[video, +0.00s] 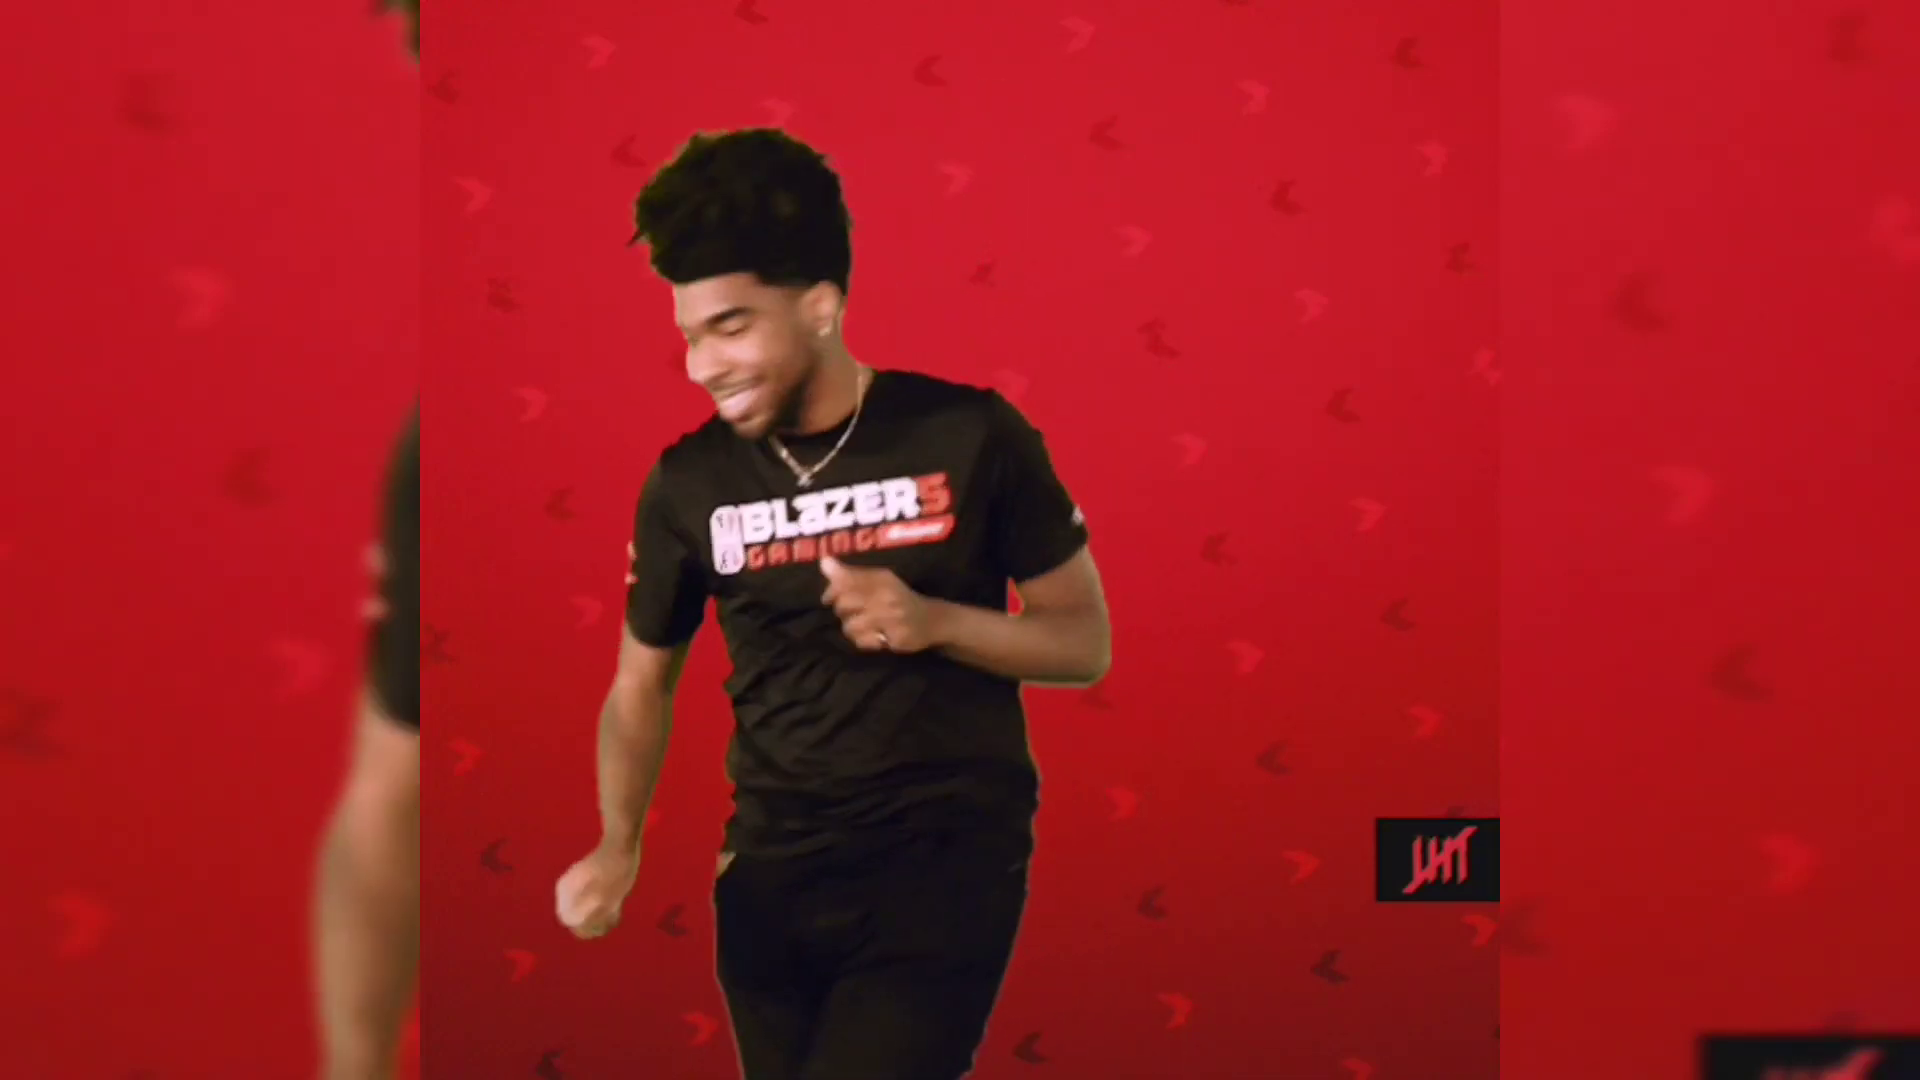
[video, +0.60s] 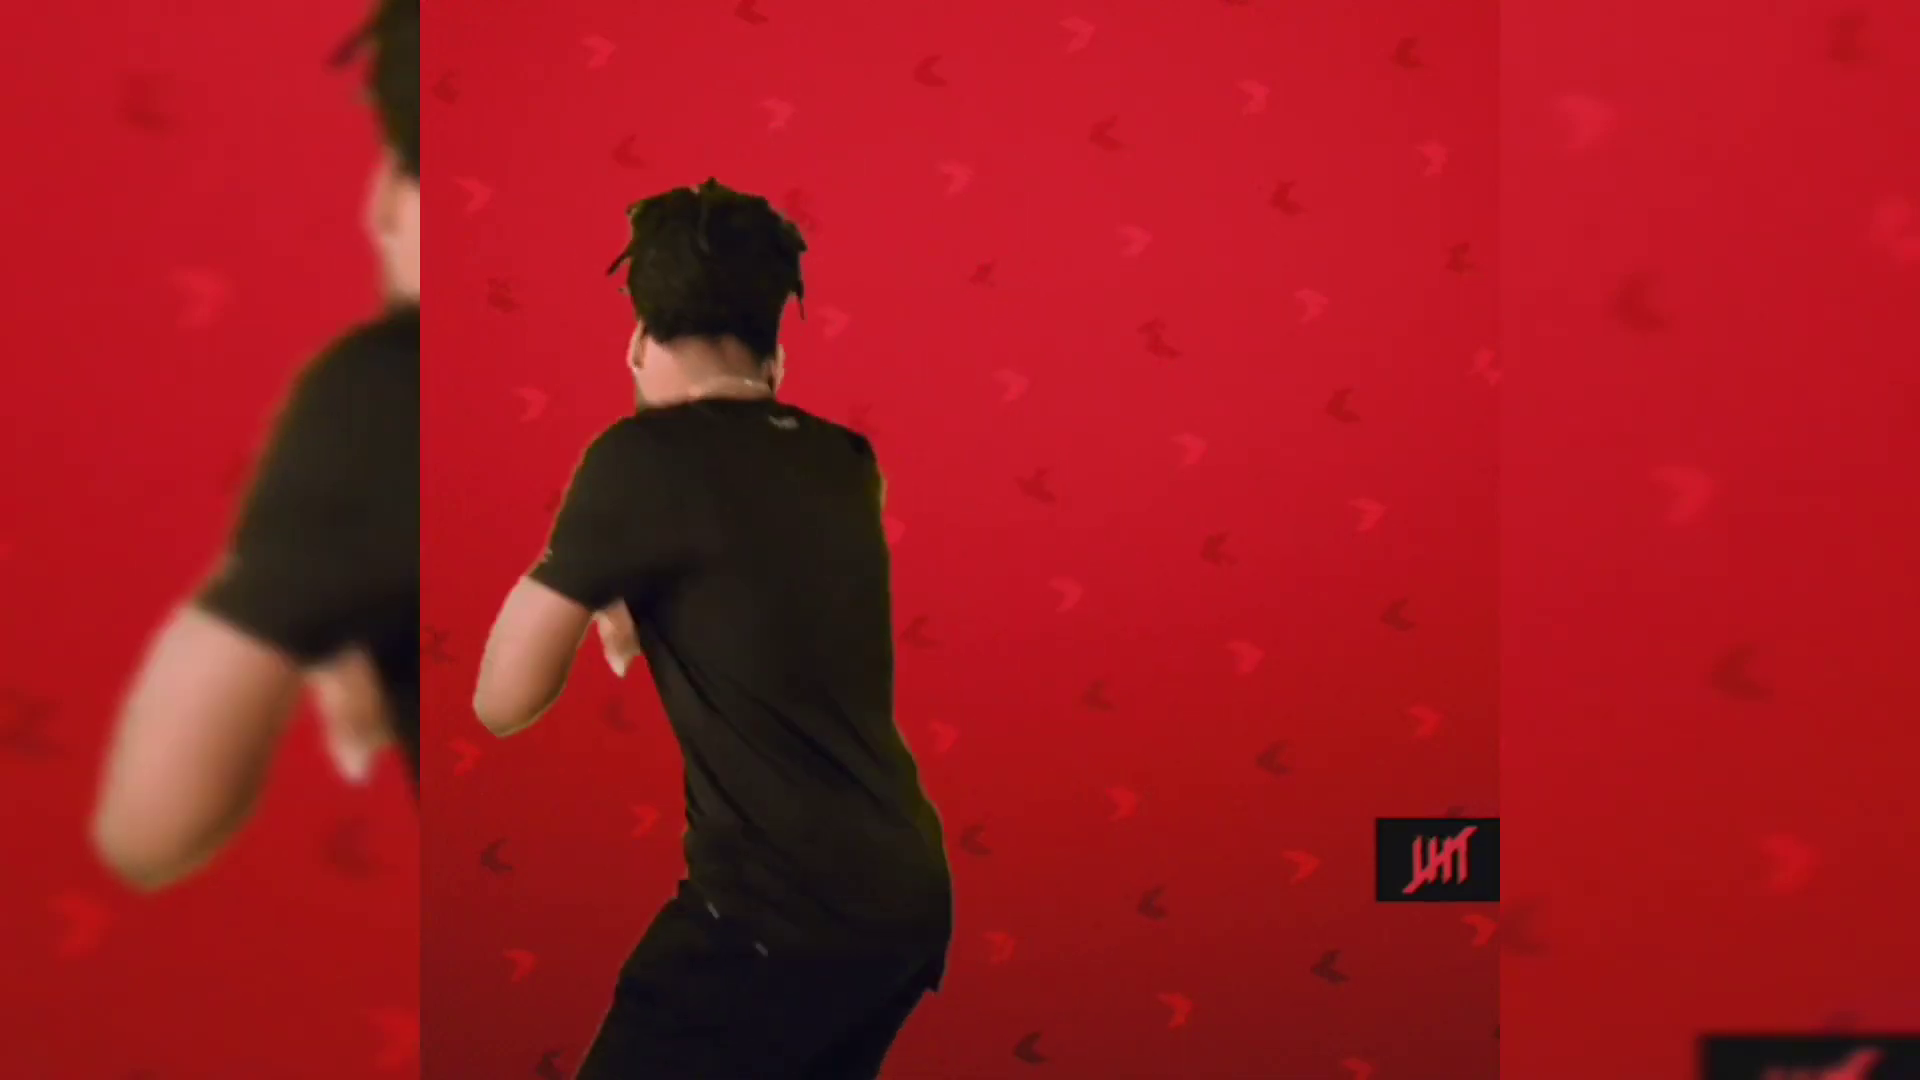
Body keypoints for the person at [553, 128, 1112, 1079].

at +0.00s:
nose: (703, 365)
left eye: (731, 325)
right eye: (687, 334)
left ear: (825, 305)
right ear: (679, 323)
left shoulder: (975, 438)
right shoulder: (690, 486)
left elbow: (1084, 643)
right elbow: (643, 681)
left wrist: (936, 621)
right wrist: (617, 843)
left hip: (944, 854)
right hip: (774, 867)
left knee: (881, 1055)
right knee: (780, 1056)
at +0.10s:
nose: (660, 394)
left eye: (679, 351)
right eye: (654, 362)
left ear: (775, 331)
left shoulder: (952, 471)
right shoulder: (681, 502)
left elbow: (1033, 717)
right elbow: (611, 702)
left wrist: (849, 604)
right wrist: (660, 786)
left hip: (907, 904)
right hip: (742, 911)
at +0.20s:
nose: (626, 392)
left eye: (628, 354)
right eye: (617, 361)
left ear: (704, 331)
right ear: (698, 336)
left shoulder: (878, 439)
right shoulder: (678, 482)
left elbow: (850, 675)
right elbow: (557, 600)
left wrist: (710, 585)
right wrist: (597, 655)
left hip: (875, 869)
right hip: (731, 869)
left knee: (803, 1057)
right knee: (712, 1055)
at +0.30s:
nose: (616, 377)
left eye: (613, 338)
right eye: (607, 344)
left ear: (676, 315)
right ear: (676, 321)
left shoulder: (833, 418)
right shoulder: (692, 454)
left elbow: (723, 640)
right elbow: (612, 549)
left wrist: (653, 657)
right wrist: (573, 561)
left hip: (866, 856)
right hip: (743, 851)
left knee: (752, 1055)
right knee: (689, 1057)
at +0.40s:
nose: (624, 402)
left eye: (620, 361)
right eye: (616, 366)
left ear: (669, 335)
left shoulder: (793, 460)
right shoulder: (767, 464)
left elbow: (658, 704)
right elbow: (668, 609)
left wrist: (573, 693)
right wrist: (626, 555)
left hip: (812, 915)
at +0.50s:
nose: (629, 397)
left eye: (630, 360)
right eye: (631, 361)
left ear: (655, 361)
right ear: (774, 364)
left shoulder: (715, 507)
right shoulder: (837, 500)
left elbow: (567, 751)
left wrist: (541, 589)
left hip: (771, 961)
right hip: (872, 954)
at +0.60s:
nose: (628, 342)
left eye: (630, 310)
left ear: (643, 329)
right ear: (776, 330)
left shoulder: (641, 457)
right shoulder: (846, 457)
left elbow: (503, 700)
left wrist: (622, 559)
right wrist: (642, 610)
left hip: (759, 919)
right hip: (897, 917)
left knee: (626, 1064)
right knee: (823, 1063)